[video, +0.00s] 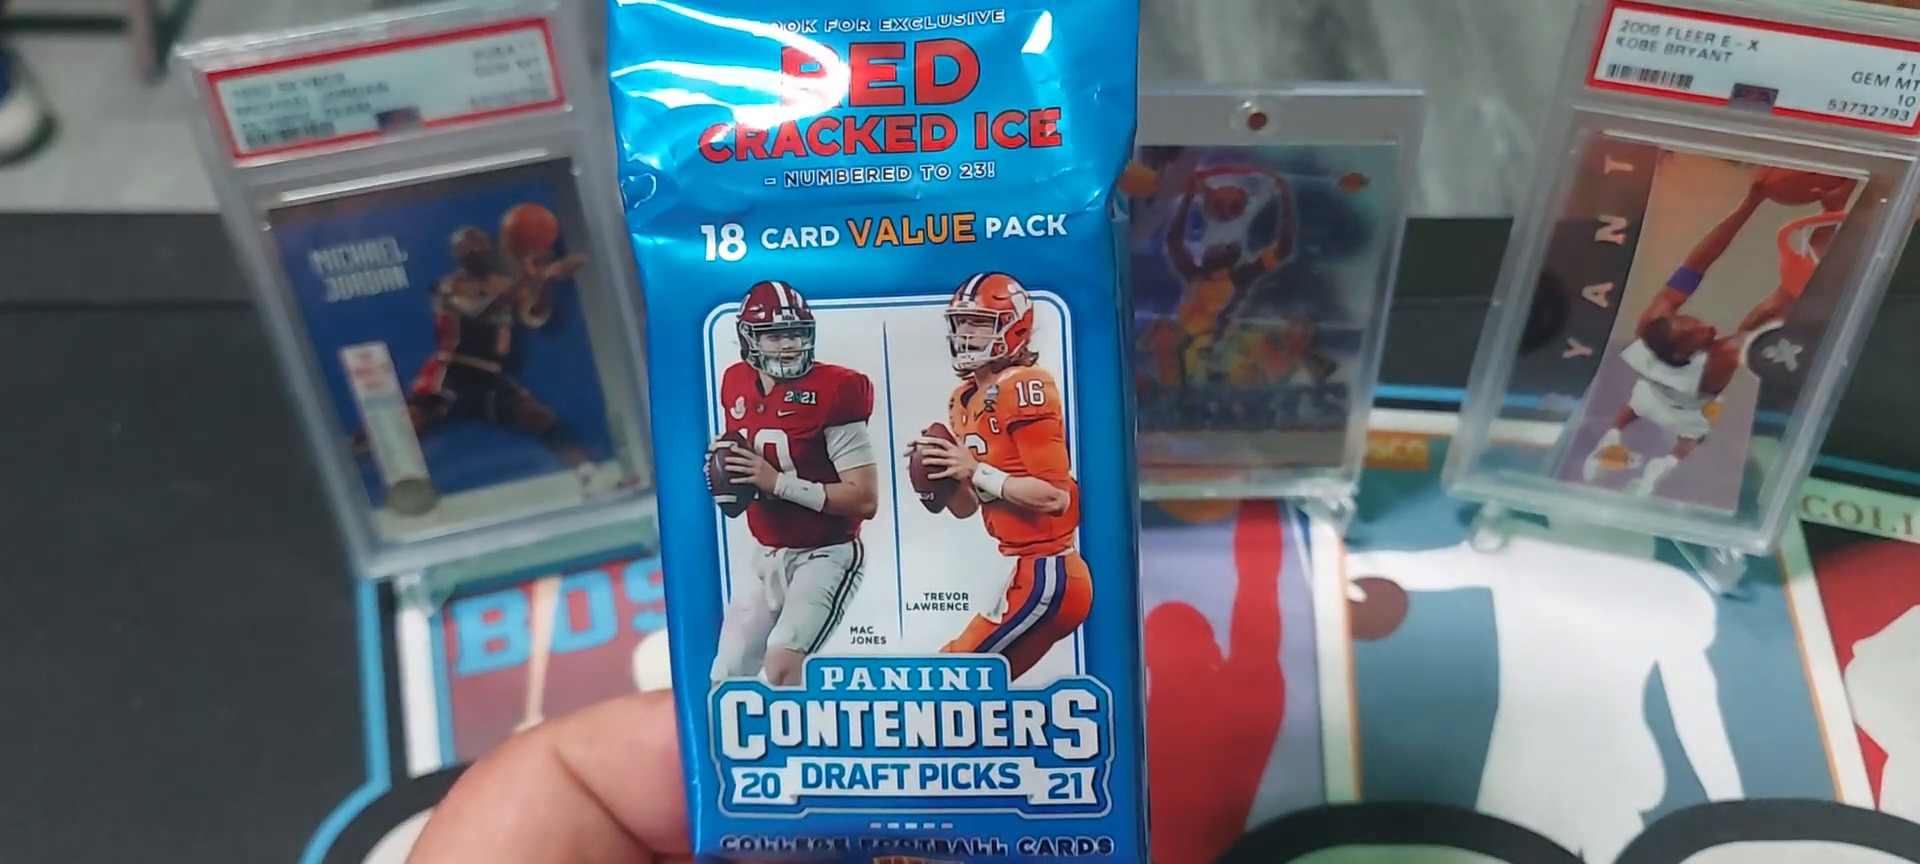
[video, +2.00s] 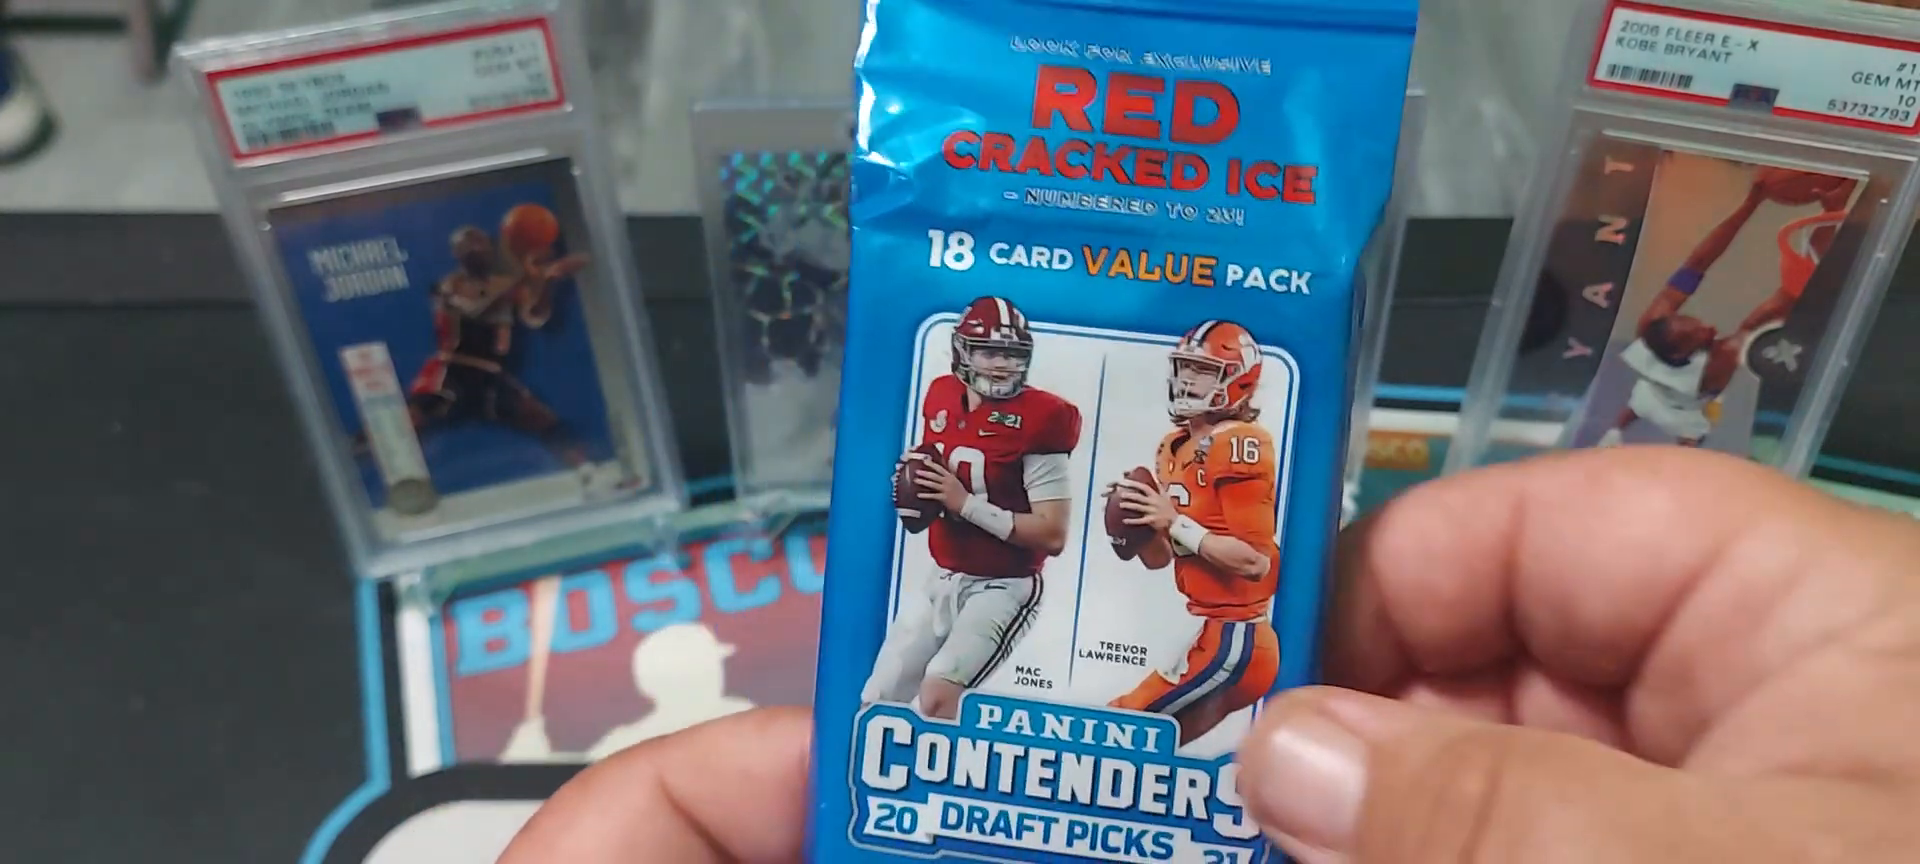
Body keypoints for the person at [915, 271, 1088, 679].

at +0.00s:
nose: (965, 336)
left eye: (979, 325)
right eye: (961, 324)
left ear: (1013, 329)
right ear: (951, 326)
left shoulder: (1025, 385)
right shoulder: (962, 399)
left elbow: (1053, 495)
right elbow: (964, 506)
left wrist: (974, 470)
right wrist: (935, 474)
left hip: (1047, 575)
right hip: (1030, 572)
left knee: (944, 682)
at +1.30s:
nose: (962, 358)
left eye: (978, 347)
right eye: (957, 345)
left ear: (1012, 355)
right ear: (947, 350)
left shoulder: (1025, 410)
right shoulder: (961, 424)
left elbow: (1058, 524)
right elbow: (964, 534)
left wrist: (975, 498)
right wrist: (935, 505)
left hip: (1052, 605)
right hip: (1029, 602)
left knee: (951, 712)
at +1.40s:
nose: (1033, 381)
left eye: (1049, 369)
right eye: (1028, 367)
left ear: (1083, 378)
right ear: (1018, 371)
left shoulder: (1095, 435)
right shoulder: (1032, 447)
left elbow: (1124, 551)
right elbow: (1029, 558)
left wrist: (1041, 523)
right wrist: (999, 528)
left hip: (1115, 633)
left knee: (1012, 739)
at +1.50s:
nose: (1087, 412)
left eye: (1103, 399)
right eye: (1082, 398)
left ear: (1139, 409)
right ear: (1074, 401)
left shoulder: (1151, 468)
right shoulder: (1086, 479)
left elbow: (1180, 587)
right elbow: (1081, 592)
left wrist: (1093, 556)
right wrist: (1050, 563)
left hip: (1169, 672)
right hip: (1145, 668)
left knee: (1057, 778)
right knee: (1073, 788)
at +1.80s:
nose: (1142, 409)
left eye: (1158, 398)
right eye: (1139, 397)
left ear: (1194, 406)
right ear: (1130, 400)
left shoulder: (1203, 468)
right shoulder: (1134, 474)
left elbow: (1222, 584)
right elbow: (1126, 588)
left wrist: (1140, 551)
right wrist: (1097, 555)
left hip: (1210, 669)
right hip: (1186, 664)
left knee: (1093, 768)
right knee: (1108, 779)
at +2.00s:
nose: (1187, 383)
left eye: (1203, 373)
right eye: (1184, 369)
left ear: (1238, 382)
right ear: (1173, 370)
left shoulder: (1242, 443)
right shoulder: (1173, 445)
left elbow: (1253, 559)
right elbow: (1158, 558)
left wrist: (1173, 522)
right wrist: (1135, 522)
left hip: (1236, 642)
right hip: (1213, 637)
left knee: (1112, 735)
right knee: (1129, 746)